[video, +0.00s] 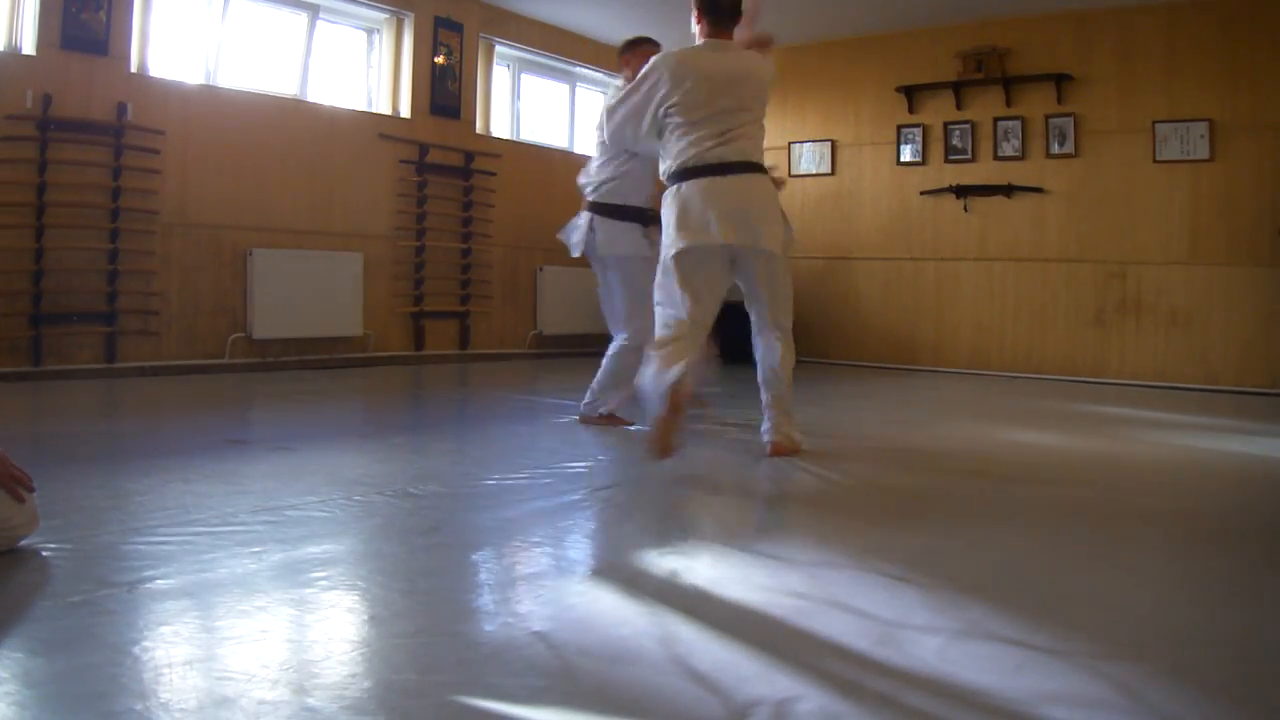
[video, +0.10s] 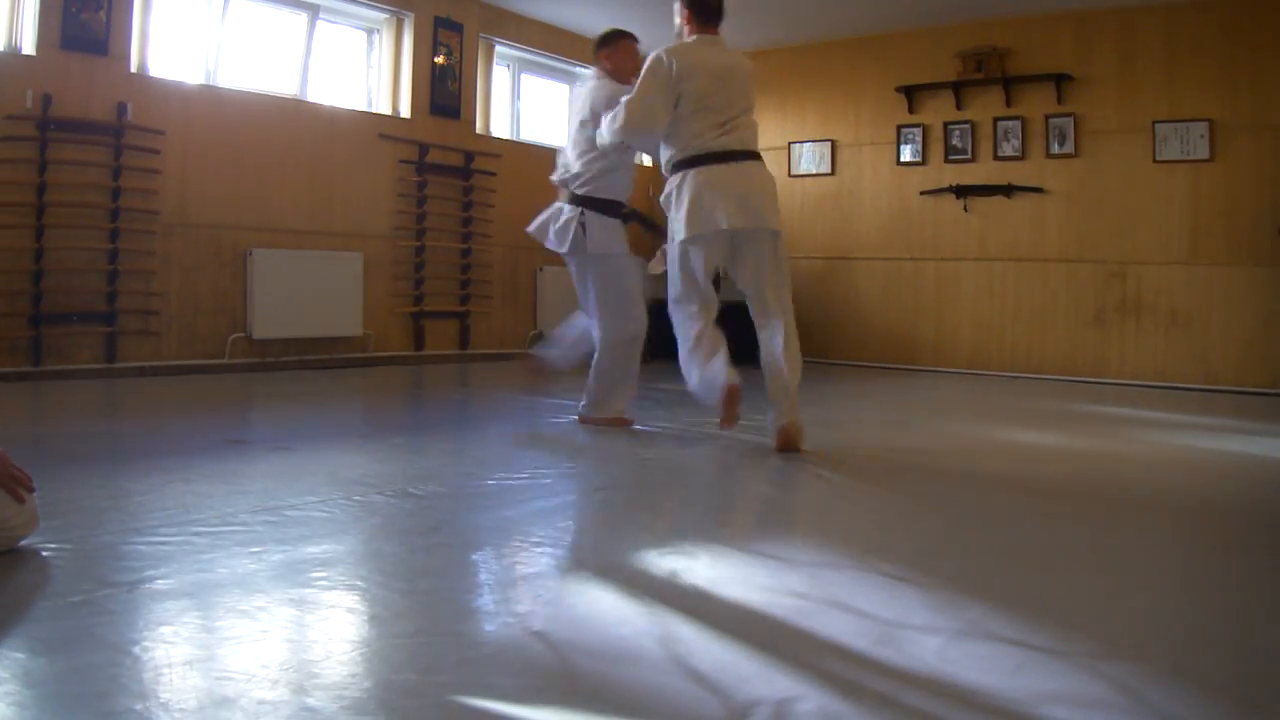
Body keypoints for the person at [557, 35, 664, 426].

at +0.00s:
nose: (653, 69)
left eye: (656, 62)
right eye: (646, 62)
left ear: (647, 65)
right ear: (628, 64)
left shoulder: (627, 102)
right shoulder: (627, 103)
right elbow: (666, 145)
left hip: (616, 223)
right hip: (616, 225)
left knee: (638, 324)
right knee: (636, 328)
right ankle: (597, 406)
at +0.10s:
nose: (640, 62)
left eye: (639, 55)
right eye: (633, 54)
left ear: (606, 58)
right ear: (609, 56)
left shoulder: (588, 93)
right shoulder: (608, 94)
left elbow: (566, 169)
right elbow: (654, 140)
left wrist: (629, 215)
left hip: (581, 217)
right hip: (595, 220)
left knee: (605, 311)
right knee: (624, 319)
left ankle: (547, 356)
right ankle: (603, 409)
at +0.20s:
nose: (615, 60)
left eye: (615, 52)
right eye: (611, 52)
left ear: (582, 52)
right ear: (590, 51)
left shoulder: (557, 83)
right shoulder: (601, 90)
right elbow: (632, 144)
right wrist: (653, 173)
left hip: (537, 213)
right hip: (573, 218)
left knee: (527, 310)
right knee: (604, 316)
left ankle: (447, 366)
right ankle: (596, 408)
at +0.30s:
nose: (598, 67)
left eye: (597, 59)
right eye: (595, 59)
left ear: (560, 56)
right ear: (580, 57)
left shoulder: (529, 87)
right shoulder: (583, 100)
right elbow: (598, 180)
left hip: (491, 211)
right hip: (532, 220)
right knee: (586, 310)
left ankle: (399, 406)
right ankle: (586, 402)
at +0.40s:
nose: (590, 85)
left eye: (591, 77)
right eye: (589, 75)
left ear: (552, 68)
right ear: (573, 70)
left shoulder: (517, 91)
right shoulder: (571, 110)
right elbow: (568, 193)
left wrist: (618, 162)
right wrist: (556, 208)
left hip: (460, 210)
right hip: (505, 217)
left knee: (446, 327)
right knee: (579, 305)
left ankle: (396, 414)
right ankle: (545, 393)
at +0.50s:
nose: (601, 88)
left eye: (603, 80)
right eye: (600, 78)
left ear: (560, 71)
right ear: (582, 72)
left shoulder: (521, 92)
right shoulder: (572, 104)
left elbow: (475, 145)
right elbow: (563, 186)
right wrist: (544, 220)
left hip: (457, 207)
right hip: (496, 210)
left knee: (450, 325)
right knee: (567, 302)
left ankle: (399, 419)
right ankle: (515, 397)